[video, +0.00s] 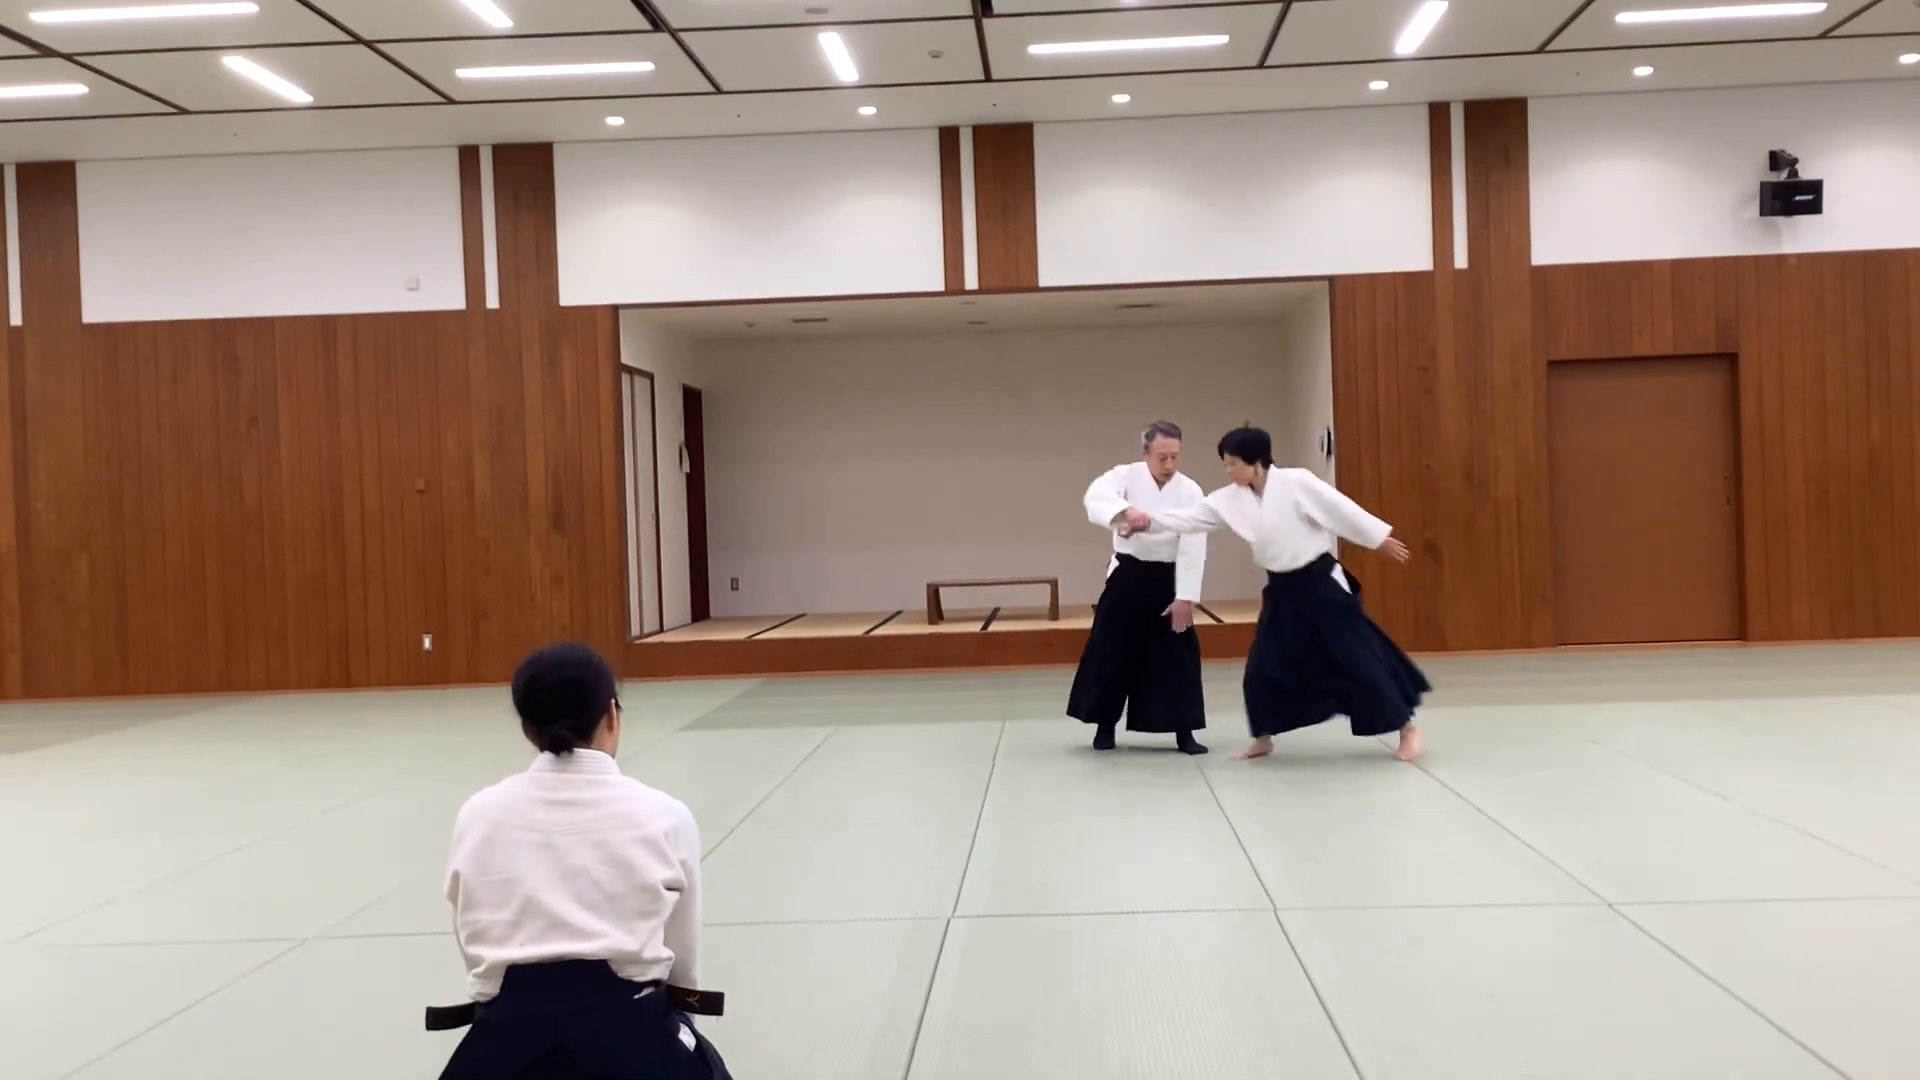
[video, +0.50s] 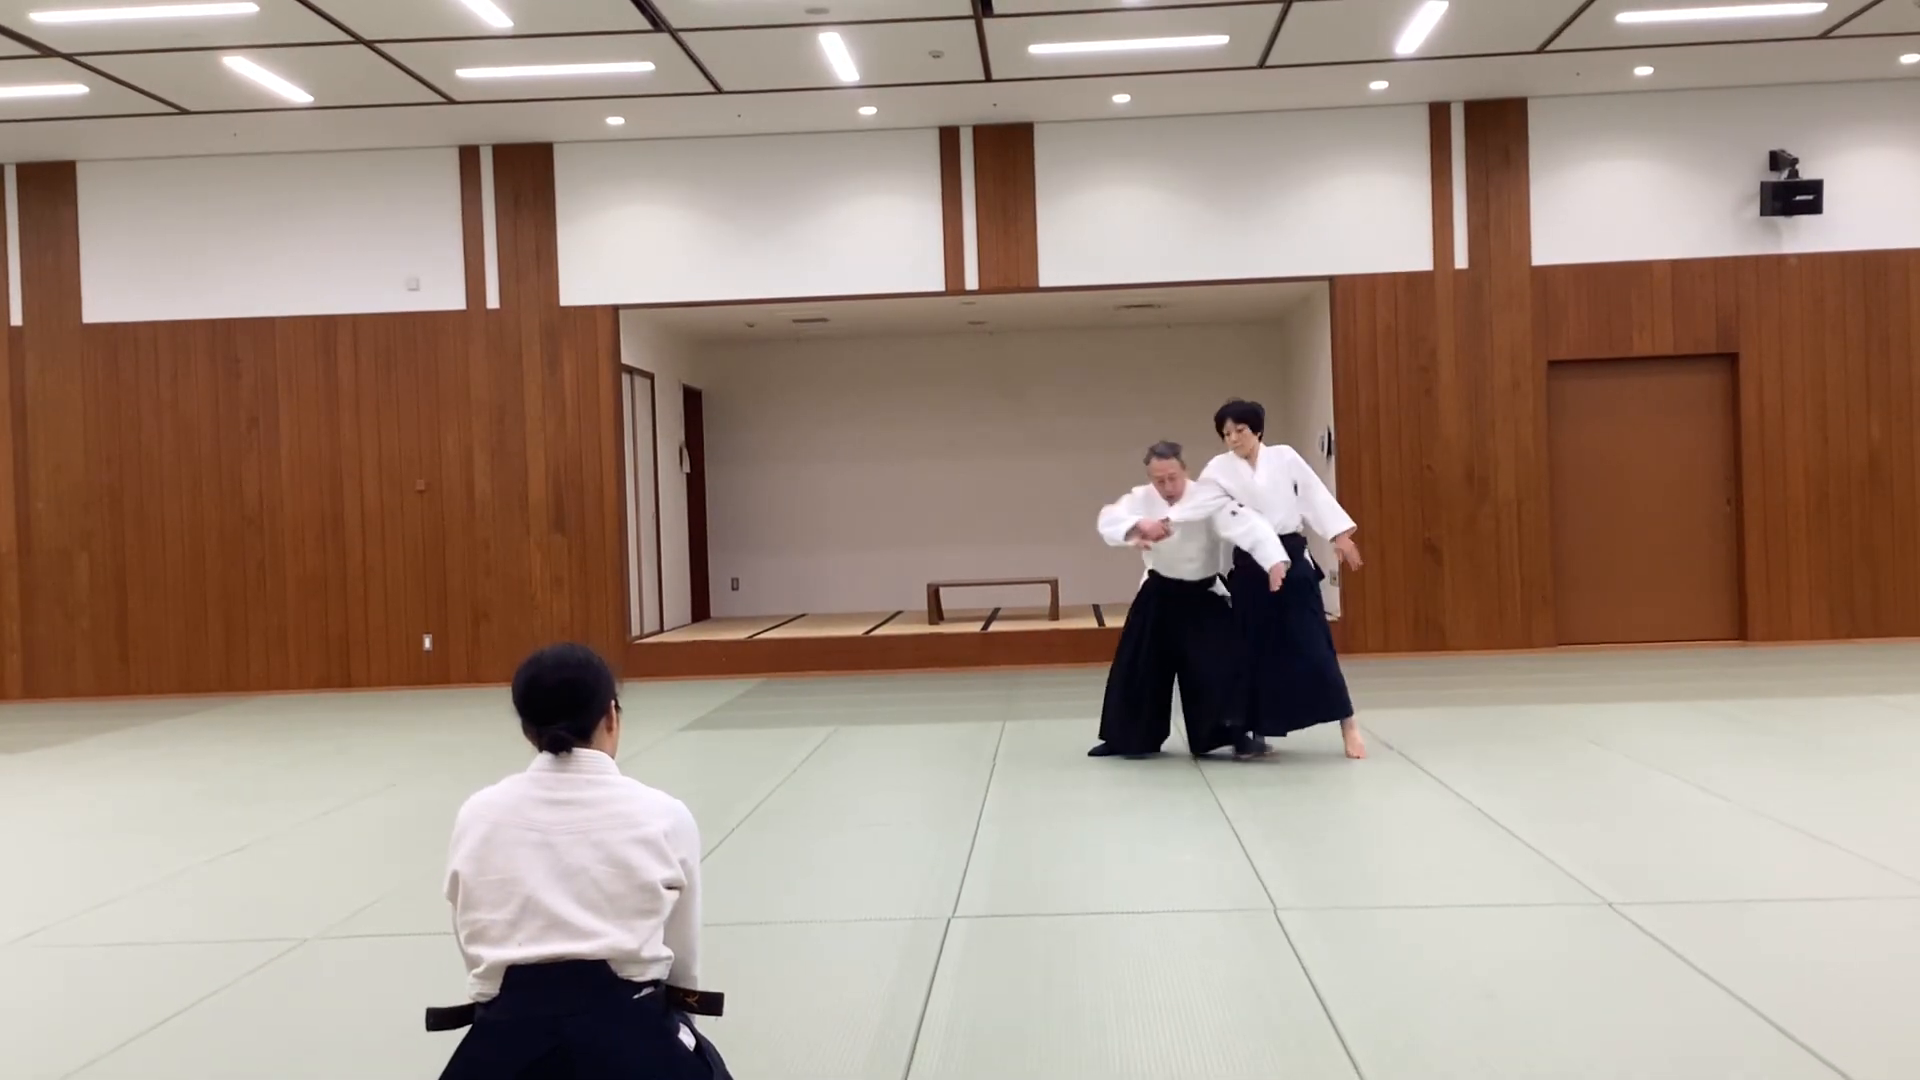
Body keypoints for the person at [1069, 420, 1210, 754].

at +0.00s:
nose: (1168, 464)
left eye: (1174, 457)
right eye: (1161, 457)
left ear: (1180, 456)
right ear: (1145, 454)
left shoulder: (1190, 492)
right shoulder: (1125, 475)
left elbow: (1193, 548)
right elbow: (1095, 497)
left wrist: (1186, 598)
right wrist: (1121, 514)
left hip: (1170, 577)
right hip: (1128, 576)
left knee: (1180, 656)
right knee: (1114, 652)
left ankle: (1185, 732)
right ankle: (1105, 726)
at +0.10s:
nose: (1168, 466)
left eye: (1174, 459)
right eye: (1161, 460)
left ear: (1180, 456)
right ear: (1146, 456)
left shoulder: (1191, 494)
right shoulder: (1127, 475)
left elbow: (1202, 547)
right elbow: (1087, 485)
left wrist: (1197, 594)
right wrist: (1117, 505)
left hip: (1174, 579)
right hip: (1133, 578)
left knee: (1183, 657)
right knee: (1121, 653)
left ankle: (1186, 733)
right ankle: (1113, 727)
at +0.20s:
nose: (1159, 470)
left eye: (1165, 462)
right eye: (1152, 463)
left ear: (1175, 457)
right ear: (1139, 459)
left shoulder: (1188, 490)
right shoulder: (1125, 474)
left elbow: (1206, 538)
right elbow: (1083, 477)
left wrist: (1210, 582)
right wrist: (1113, 492)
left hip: (1177, 580)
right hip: (1136, 578)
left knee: (1184, 657)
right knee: (1123, 655)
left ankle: (1188, 733)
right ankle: (1117, 734)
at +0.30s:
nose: (1149, 476)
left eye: (1155, 467)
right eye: (1141, 468)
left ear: (1166, 462)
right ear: (1130, 465)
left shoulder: (1185, 490)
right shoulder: (1120, 484)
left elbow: (1209, 527)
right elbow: (1080, 486)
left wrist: (1230, 561)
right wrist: (1107, 492)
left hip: (1184, 585)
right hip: (1141, 585)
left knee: (1189, 660)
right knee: (1124, 660)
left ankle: (1192, 730)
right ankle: (1115, 738)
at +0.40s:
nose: (1149, 480)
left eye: (1154, 472)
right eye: (1141, 474)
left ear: (1167, 466)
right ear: (1133, 472)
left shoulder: (1190, 492)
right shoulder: (1126, 492)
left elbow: (1227, 518)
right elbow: (1088, 506)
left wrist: (1259, 551)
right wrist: (1118, 508)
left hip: (1193, 590)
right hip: (1148, 589)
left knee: (1208, 663)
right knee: (1129, 662)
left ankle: (1208, 738)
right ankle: (1117, 738)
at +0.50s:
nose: (1167, 486)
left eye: (1172, 478)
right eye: (1159, 480)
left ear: (1185, 472)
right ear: (1150, 478)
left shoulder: (1207, 497)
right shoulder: (1141, 499)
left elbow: (1247, 523)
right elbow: (1107, 519)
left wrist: (1275, 559)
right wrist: (1136, 529)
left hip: (1205, 594)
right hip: (1159, 593)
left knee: (1223, 662)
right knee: (1138, 663)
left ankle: (1237, 733)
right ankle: (1131, 737)